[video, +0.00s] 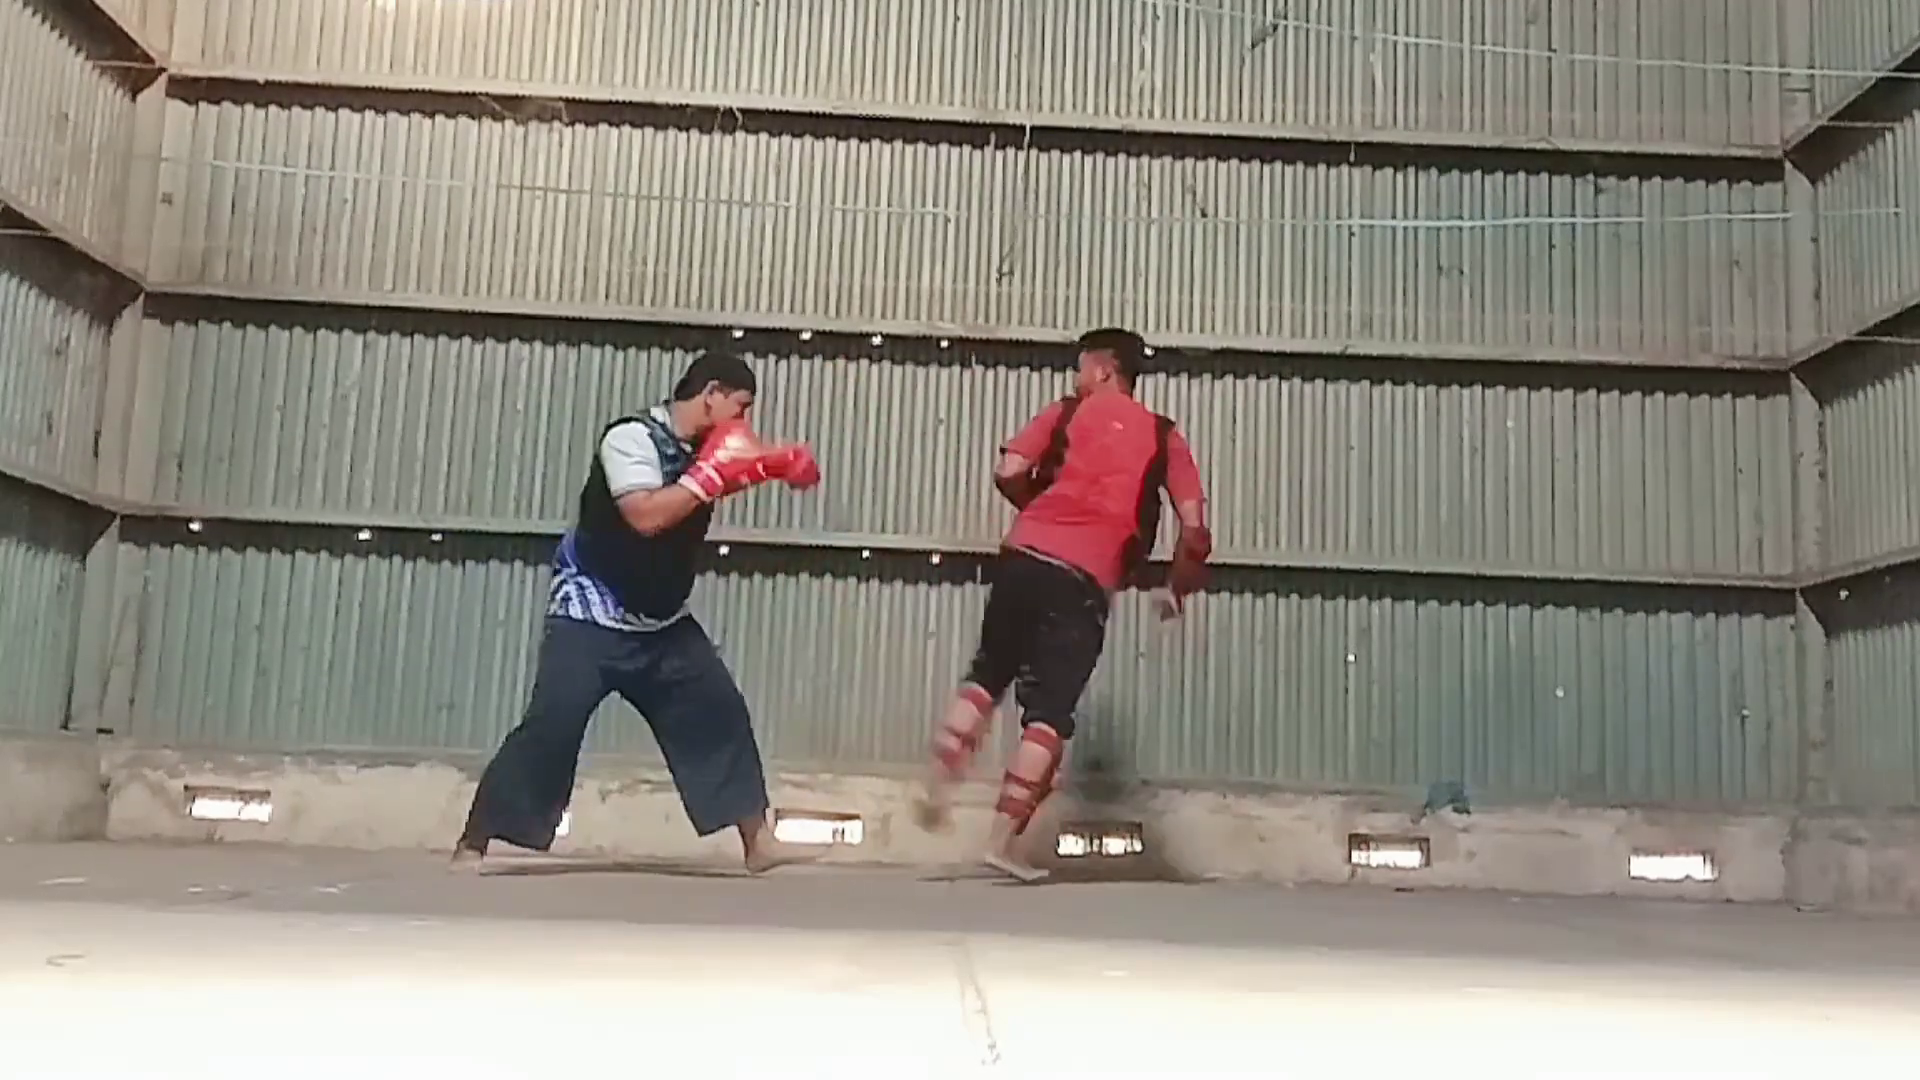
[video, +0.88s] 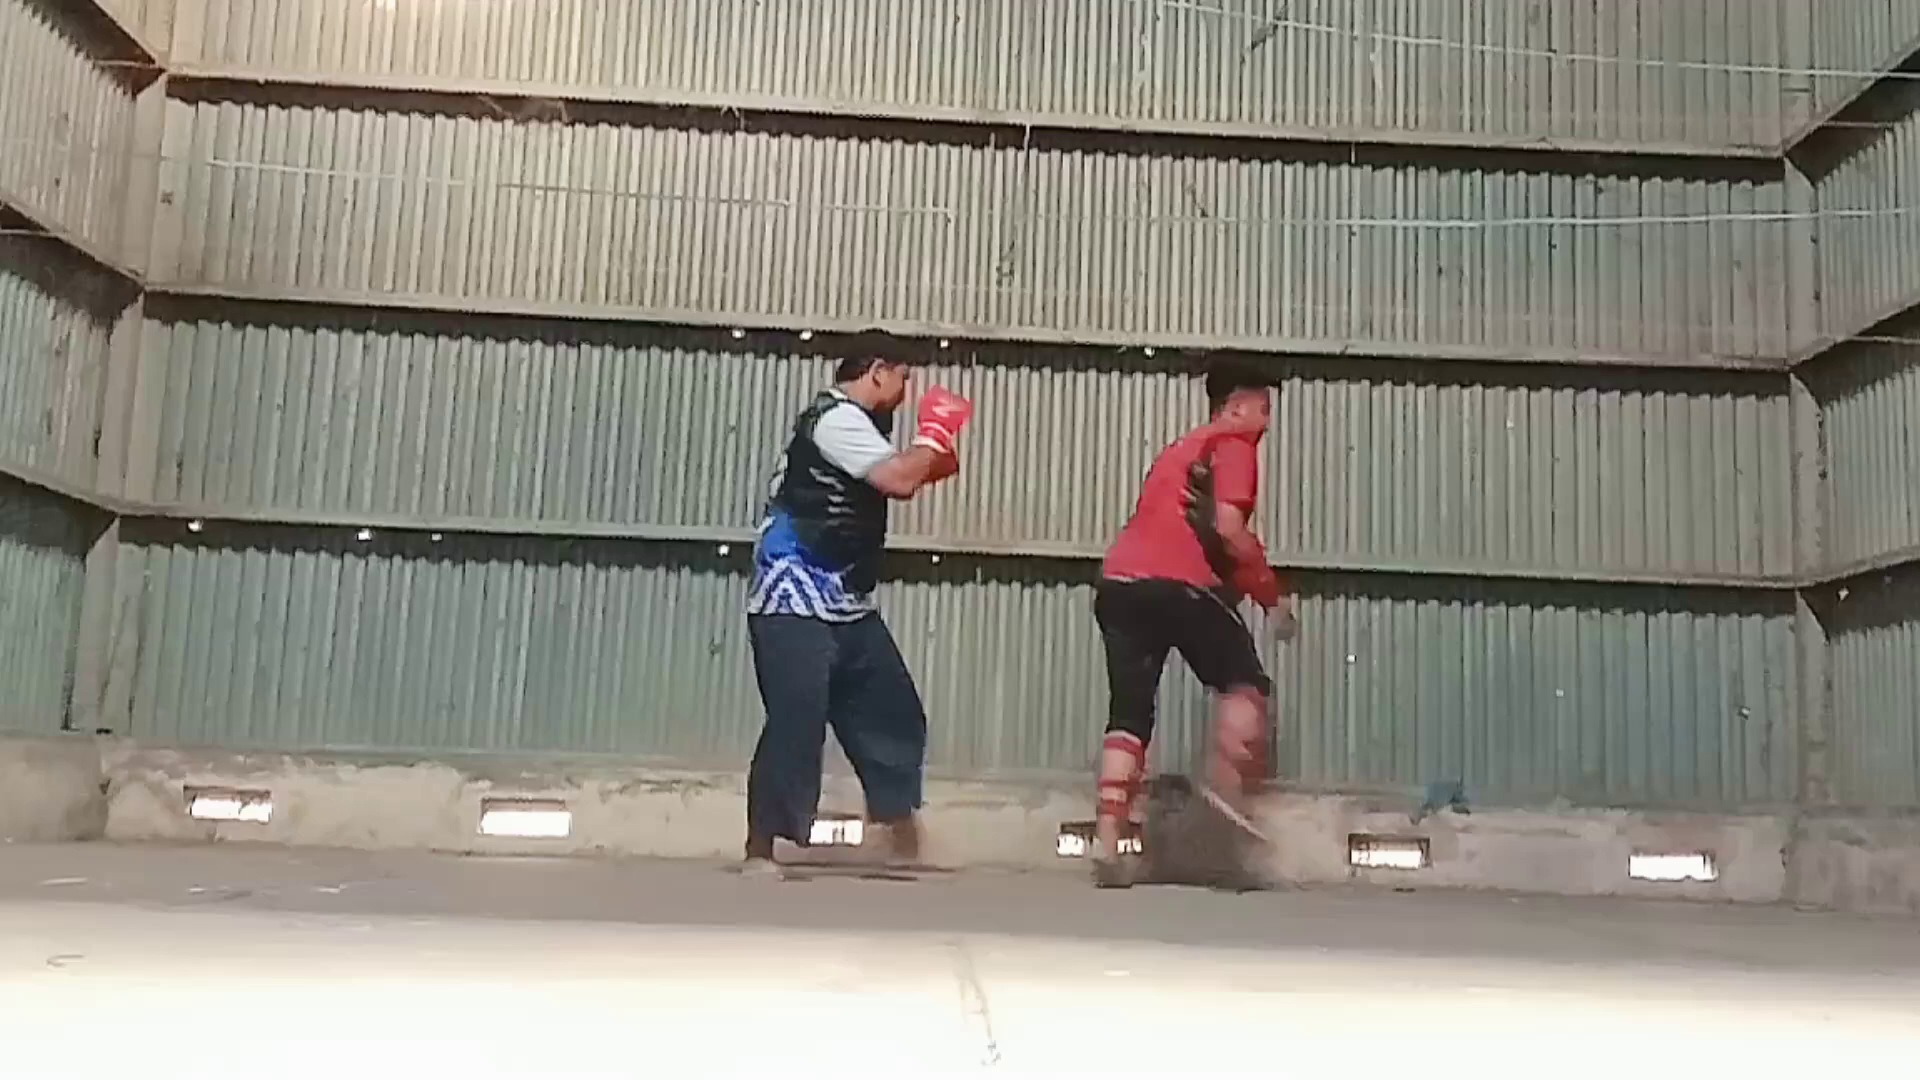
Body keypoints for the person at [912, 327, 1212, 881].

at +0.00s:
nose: (1076, 381)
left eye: (1081, 370)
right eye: (1079, 371)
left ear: (1105, 369)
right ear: (1130, 376)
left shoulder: (1067, 411)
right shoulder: (1165, 436)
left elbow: (1008, 472)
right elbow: (1195, 529)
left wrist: (1045, 510)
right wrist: (1178, 585)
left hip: (1020, 566)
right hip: (1081, 586)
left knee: (989, 672)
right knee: (1048, 713)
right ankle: (1000, 846)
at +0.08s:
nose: (1075, 385)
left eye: (1081, 374)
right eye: (1078, 374)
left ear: (1106, 375)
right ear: (1128, 381)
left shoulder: (1065, 427)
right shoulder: (1165, 444)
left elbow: (1019, 492)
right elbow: (1201, 535)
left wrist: (1059, 494)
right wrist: (1178, 577)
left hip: (1034, 590)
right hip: (1099, 597)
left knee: (1028, 716)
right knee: (1073, 727)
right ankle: (1026, 851)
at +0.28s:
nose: (1077, 409)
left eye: (1081, 397)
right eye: (1077, 398)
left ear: (1109, 394)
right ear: (1127, 397)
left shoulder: (1085, 449)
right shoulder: (1182, 449)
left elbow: (1055, 531)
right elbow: (1207, 536)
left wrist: (1042, 574)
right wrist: (1194, 563)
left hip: (1091, 613)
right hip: (1159, 616)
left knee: (1064, 726)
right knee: (1164, 729)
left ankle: (1048, 852)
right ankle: (1116, 818)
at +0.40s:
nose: (1097, 406)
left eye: (1101, 394)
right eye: (1097, 395)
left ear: (1129, 393)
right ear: (1145, 396)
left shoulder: (1106, 451)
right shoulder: (1202, 451)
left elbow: (1077, 531)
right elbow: (1234, 539)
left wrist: (1066, 584)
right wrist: (1208, 582)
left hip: (1119, 617)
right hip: (1189, 619)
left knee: (1081, 729)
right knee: (1227, 725)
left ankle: (1053, 853)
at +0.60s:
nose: (1153, 442)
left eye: (1159, 430)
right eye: (1155, 430)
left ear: (1185, 431)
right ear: (1200, 435)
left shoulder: (1165, 489)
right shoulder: (1255, 488)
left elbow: (1143, 565)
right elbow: (1293, 576)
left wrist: (1132, 629)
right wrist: (1270, 635)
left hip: (1186, 653)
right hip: (1257, 653)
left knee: (1117, 737)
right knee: (1288, 756)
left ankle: (1106, 855)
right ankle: (1333, 868)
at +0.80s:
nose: (1235, 427)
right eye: (1239, 418)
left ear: (1193, 412)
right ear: (1241, 418)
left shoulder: (1156, 466)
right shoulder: (1250, 467)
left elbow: (1138, 539)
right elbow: (1262, 543)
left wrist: (1161, 592)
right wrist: (1284, 621)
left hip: (1154, 616)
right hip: (1223, 617)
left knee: (1132, 735)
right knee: (1273, 728)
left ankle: (1134, 858)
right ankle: (1316, 844)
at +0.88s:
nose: (1268, 416)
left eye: (1268, 405)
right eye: (1265, 404)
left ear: (1219, 404)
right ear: (1240, 402)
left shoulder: (1178, 449)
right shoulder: (1235, 445)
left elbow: (1177, 534)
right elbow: (1229, 529)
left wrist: (1235, 581)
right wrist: (1272, 598)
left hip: (1119, 586)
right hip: (1181, 587)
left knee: (1129, 715)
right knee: (1242, 685)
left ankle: (1109, 843)